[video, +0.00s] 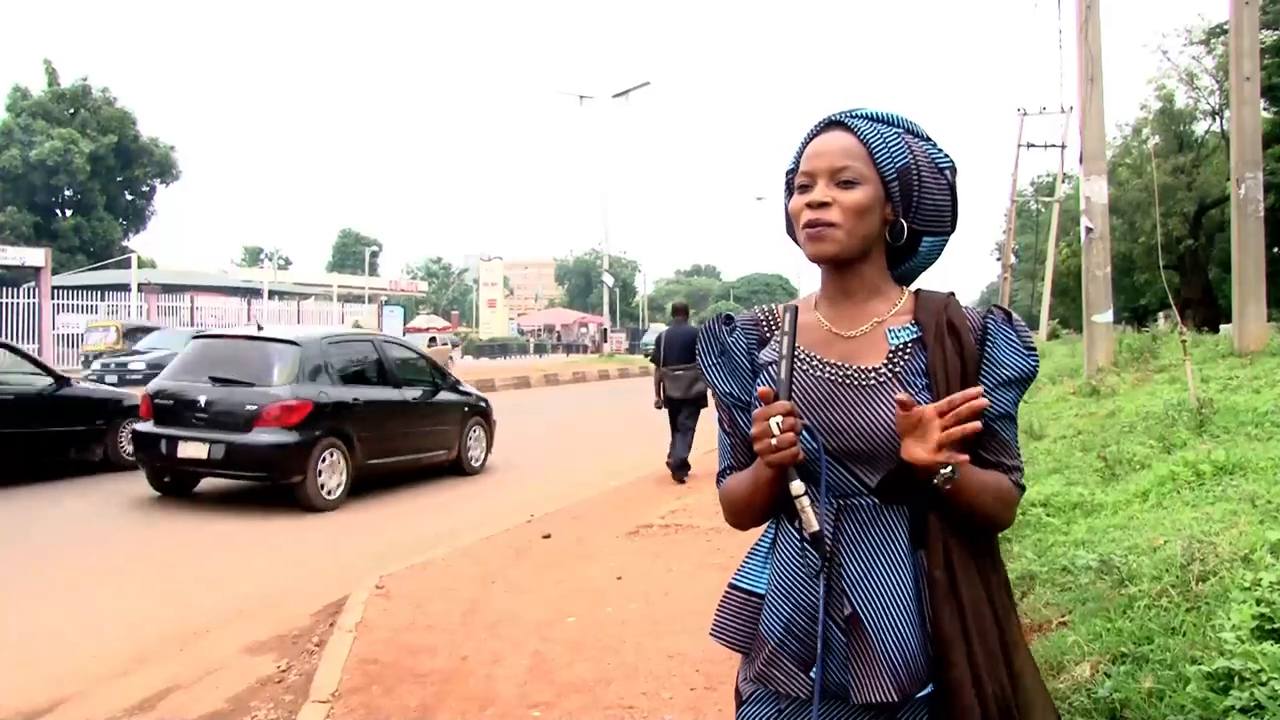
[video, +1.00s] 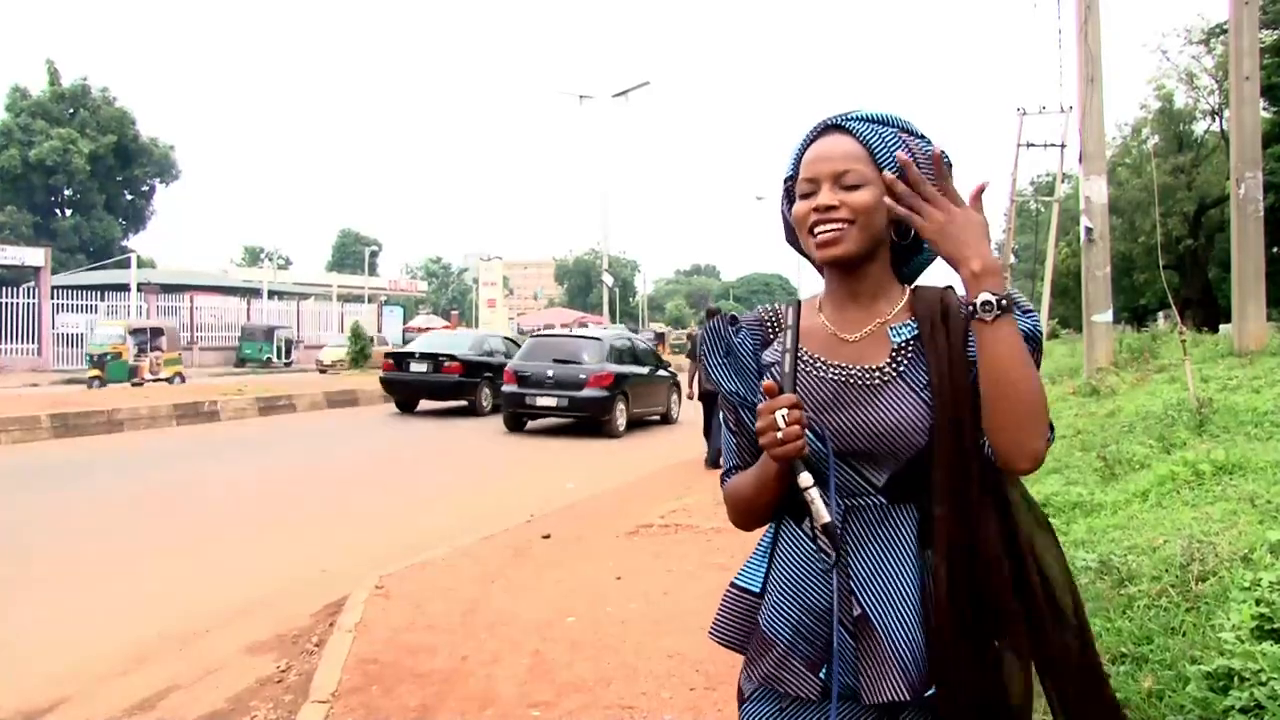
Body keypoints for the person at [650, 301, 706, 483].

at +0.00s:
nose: (682, 318)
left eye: (678, 315)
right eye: (684, 314)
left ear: (672, 316)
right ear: (688, 315)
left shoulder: (663, 337)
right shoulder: (697, 334)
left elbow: (658, 368)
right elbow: (705, 361)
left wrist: (657, 395)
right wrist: (710, 384)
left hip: (671, 385)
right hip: (693, 383)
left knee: (676, 425)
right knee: (687, 426)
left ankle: (676, 458)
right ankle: (678, 463)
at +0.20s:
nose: (690, 315)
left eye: (687, 312)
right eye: (692, 312)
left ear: (679, 312)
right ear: (694, 313)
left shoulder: (668, 332)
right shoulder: (701, 332)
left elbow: (662, 354)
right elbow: (708, 355)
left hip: (673, 383)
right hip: (697, 382)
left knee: (677, 422)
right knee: (703, 419)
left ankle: (682, 464)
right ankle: (693, 449)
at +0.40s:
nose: (698, 317)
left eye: (692, 314)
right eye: (700, 314)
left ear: (687, 314)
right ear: (702, 314)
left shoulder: (677, 333)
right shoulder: (709, 334)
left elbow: (670, 356)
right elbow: (715, 358)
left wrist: (681, 372)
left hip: (679, 384)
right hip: (704, 384)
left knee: (680, 425)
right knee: (708, 422)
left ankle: (682, 465)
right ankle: (713, 457)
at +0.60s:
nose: (705, 319)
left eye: (702, 315)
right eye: (708, 315)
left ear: (697, 316)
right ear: (711, 316)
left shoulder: (687, 334)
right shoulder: (715, 336)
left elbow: (679, 355)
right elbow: (721, 361)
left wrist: (690, 368)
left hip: (689, 384)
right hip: (710, 383)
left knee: (692, 421)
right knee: (714, 423)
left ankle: (684, 451)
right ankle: (711, 459)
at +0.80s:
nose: (710, 317)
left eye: (708, 313)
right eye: (713, 314)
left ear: (703, 314)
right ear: (718, 314)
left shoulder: (694, 333)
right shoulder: (723, 334)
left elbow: (687, 355)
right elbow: (728, 358)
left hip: (698, 381)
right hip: (718, 381)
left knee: (700, 417)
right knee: (714, 418)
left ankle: (699, 448)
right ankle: (712, 456)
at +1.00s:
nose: (714, 322)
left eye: (714, 318)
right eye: (715, 319)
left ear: (706, 319)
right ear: (720, 319)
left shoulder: (700, 337)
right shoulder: (727, 337)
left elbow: (693, 363)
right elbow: (733, 362)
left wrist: (690, 386)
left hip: (706, 386)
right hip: (724, 385)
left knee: (708, 418)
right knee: (719, 419)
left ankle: (711, 449)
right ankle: (714, 454)